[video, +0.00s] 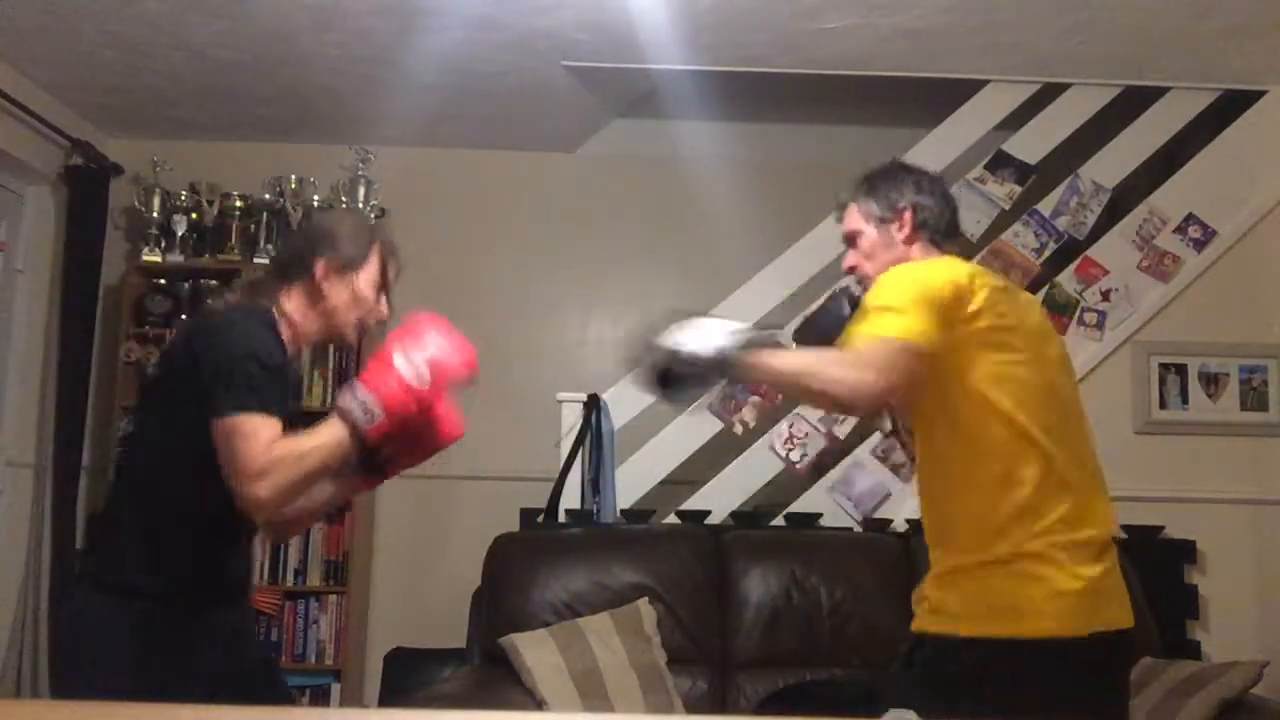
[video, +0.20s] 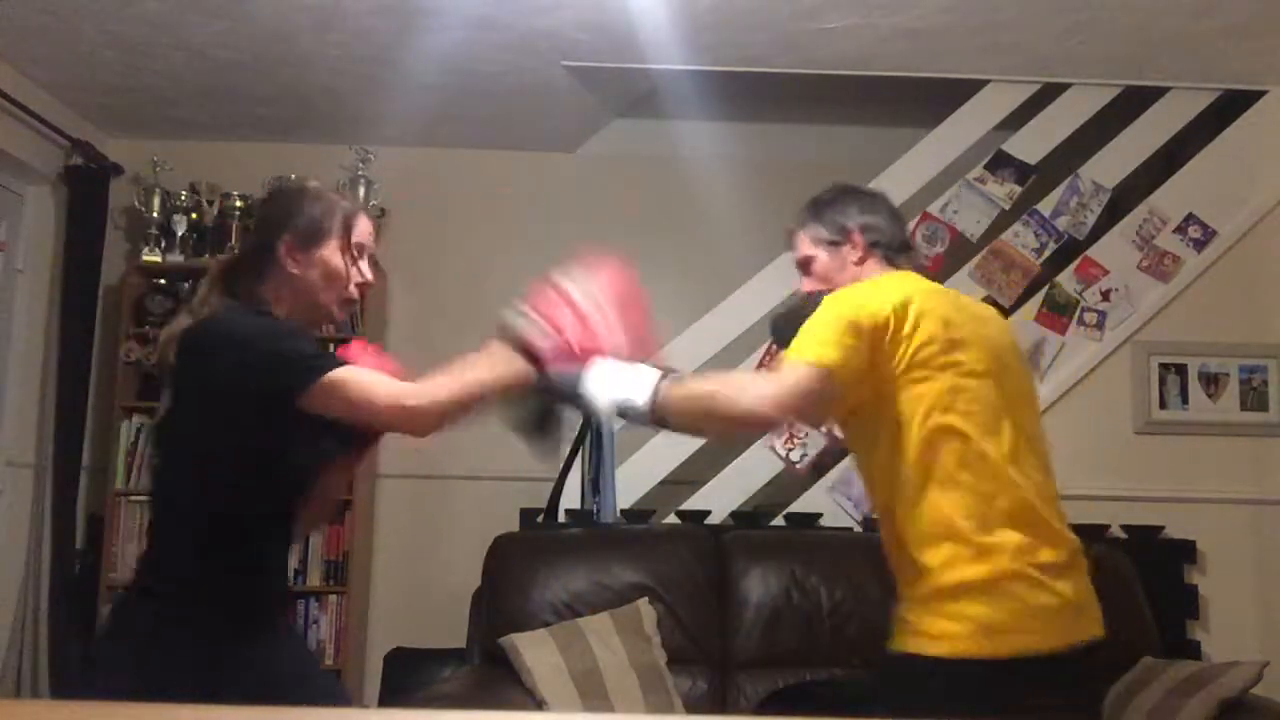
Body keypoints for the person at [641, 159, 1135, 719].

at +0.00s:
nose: (848, 264)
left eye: (854, 241)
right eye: (846, 247)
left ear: (905, 225)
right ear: (911, 229)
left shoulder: (922, 281)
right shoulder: (1022, 305)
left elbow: (868, 382)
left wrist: (733, 357)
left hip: (997, 628)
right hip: (1089, 623)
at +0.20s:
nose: (805, 282)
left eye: (810, 264)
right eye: (800, 267)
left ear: (856, 246)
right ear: (882, 248)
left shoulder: (867, 303)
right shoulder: (987, 320)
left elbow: (766, 401)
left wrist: (622, 386)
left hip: (971, 651)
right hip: (1070, 643)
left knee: (784, 702)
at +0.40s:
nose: (807, 301)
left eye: (807, 285)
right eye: (806, 290)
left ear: (827, 271)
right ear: (899, 267)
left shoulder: (842, 317)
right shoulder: (966, 335)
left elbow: (779, 407)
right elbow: (824, 478)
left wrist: (616, 467)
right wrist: (785, 381)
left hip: (951, 673)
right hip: (1066, 659)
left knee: (778, 705)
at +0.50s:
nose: (801, 331)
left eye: (805, 312)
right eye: (796, 316)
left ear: (864, 282)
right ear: (883, 280)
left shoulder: (873, 322)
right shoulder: (979, 358)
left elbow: (845, 407)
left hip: (954, 678)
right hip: (1065, 674)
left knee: (777, 705)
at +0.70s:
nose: (849, 491)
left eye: (841, 474)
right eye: (843, 479)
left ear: (844, 449)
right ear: (895, 409)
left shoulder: (887, 438)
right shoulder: (1006, 455)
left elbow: (955, 536)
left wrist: (918, 644)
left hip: (1026, 697)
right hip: (1130, 690)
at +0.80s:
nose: (863, 528)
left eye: (859, 511)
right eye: (856, 518)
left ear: (875, 481)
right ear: (922, 455)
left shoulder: (898, 480)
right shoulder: (1022, 492)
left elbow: (953, 575)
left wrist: (952, 693)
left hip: (1045, 703)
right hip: (1156, 700)